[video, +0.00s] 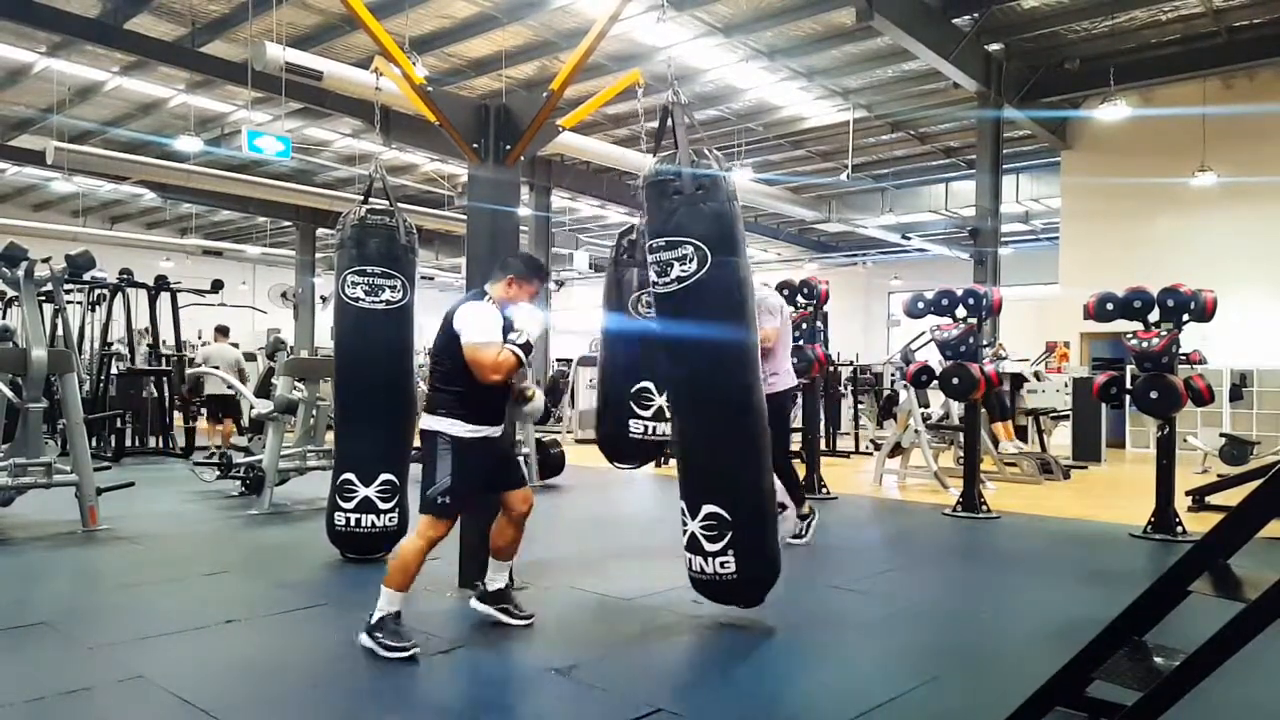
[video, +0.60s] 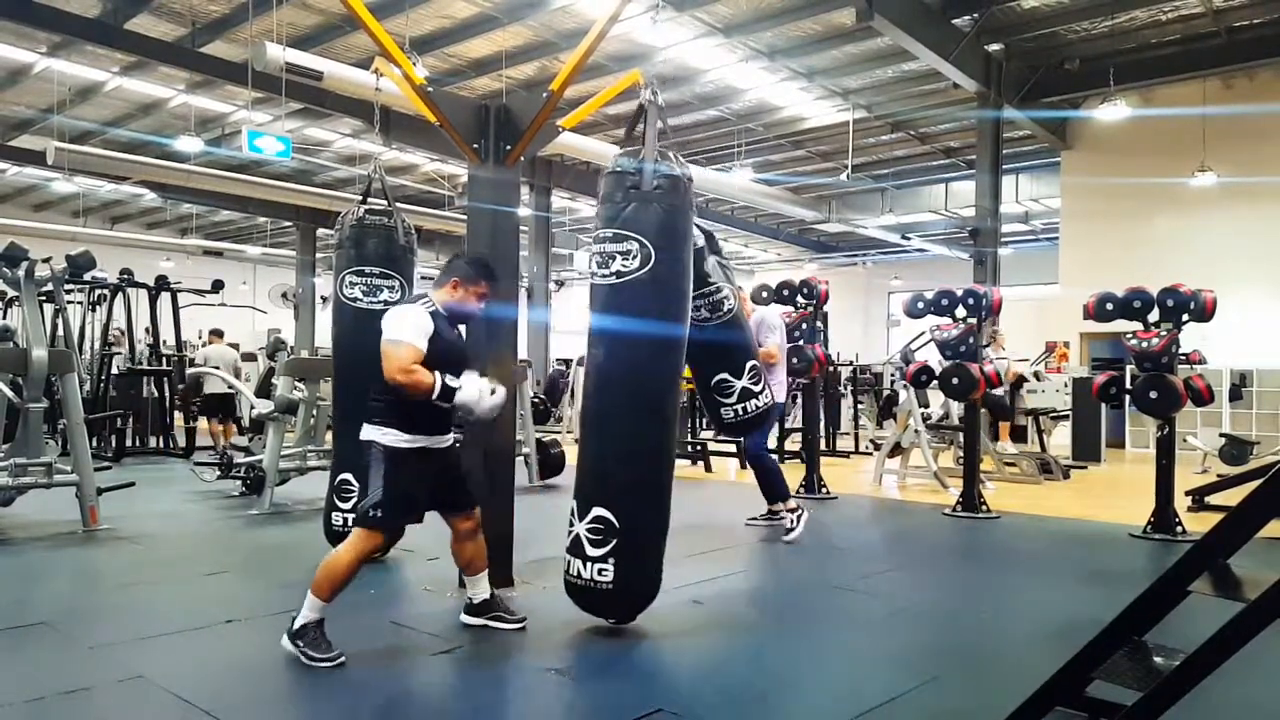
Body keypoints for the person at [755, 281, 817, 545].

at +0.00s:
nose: (729, 288)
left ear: (742, 280)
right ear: (744, 280)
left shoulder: (766, 300)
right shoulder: (750, 304)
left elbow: (767, 338)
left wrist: (734, 333)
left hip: (777, 388)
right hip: (766, 388)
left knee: (778, 458)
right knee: (767, 456)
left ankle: (804, 512)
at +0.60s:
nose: (736, 309)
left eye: (737, 303)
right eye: (734, 305)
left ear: (745, 299)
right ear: (737, 304)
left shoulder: (767, 316)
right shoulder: (744, 324)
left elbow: (772, 356)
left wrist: (743, 351)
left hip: (773, 395)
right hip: (756, 396)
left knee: (756, 449)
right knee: (753, 451)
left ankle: (792, 508)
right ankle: (774, 508)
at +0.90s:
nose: (720, 307)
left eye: (723, 299)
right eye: (720, 301)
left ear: (734, 297)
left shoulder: (754, 321)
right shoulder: (734, 324)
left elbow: (757, 360)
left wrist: (725, 353)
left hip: (756, 405)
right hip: (743, 404)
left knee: (739, 462)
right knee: (762, 458)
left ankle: (721, 521)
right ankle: (777, 510)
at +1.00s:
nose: (713, 314)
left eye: (715, 308)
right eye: (711, 310)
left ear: (725, 302)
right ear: (713, 308)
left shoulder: (748, 327)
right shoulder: (717, 330)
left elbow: (753, 366)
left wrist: (724, 353)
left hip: (748, 404)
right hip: (728, 404)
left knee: (732, 460)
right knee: (745, 457)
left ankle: (718, 523)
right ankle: (772, 505)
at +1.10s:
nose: (708, 312)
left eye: (712, 306)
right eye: (705, 308)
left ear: (727, 301)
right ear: (704, 309)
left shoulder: (749, 326)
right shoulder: (707, 327)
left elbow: (760, 366)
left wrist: (725, 361)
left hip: (743, 400)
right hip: (719, 402)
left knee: (730, 455)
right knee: (732, 456)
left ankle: (717, 522)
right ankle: (764, 501)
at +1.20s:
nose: (704, 307)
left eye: (707, 301)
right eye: (700, 302)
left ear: (722, 297)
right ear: (699, 302)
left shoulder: (744, 323)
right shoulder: (695, 319)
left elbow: (762, 364)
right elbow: (667, 326)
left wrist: (736, 376)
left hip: (738, 398)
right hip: (709, 400)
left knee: (725, 454)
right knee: (728, 455)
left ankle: (717, 522)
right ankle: (758, 500)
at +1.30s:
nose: (687, 299)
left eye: (691, 293)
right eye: (684, 295)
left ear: (705, 291)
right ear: (683, 297)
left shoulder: (728, 317)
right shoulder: (684, 316)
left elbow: (761, 340)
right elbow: (661, 335)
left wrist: (758, 364)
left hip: (727, 398)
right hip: (702, 399)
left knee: (717, 457)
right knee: (721, 455)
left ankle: (716, 524)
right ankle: (750, 500)